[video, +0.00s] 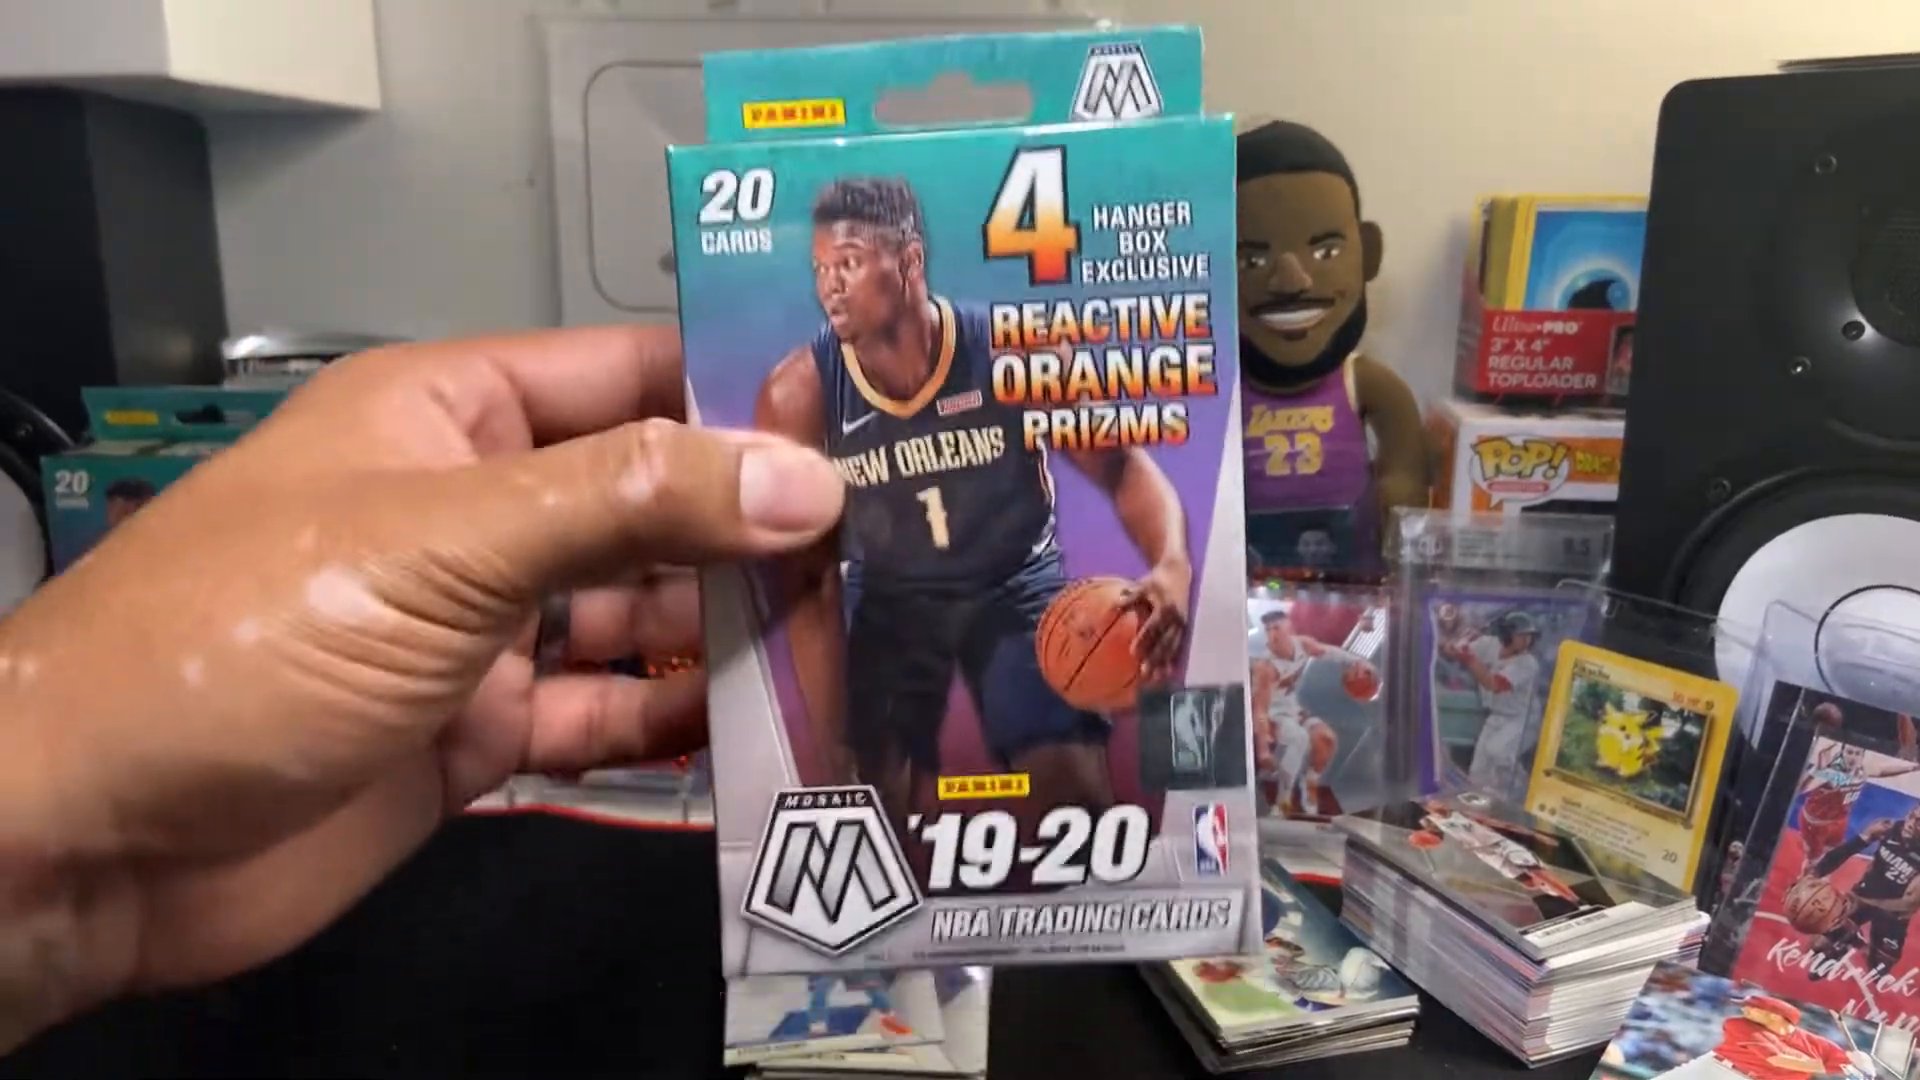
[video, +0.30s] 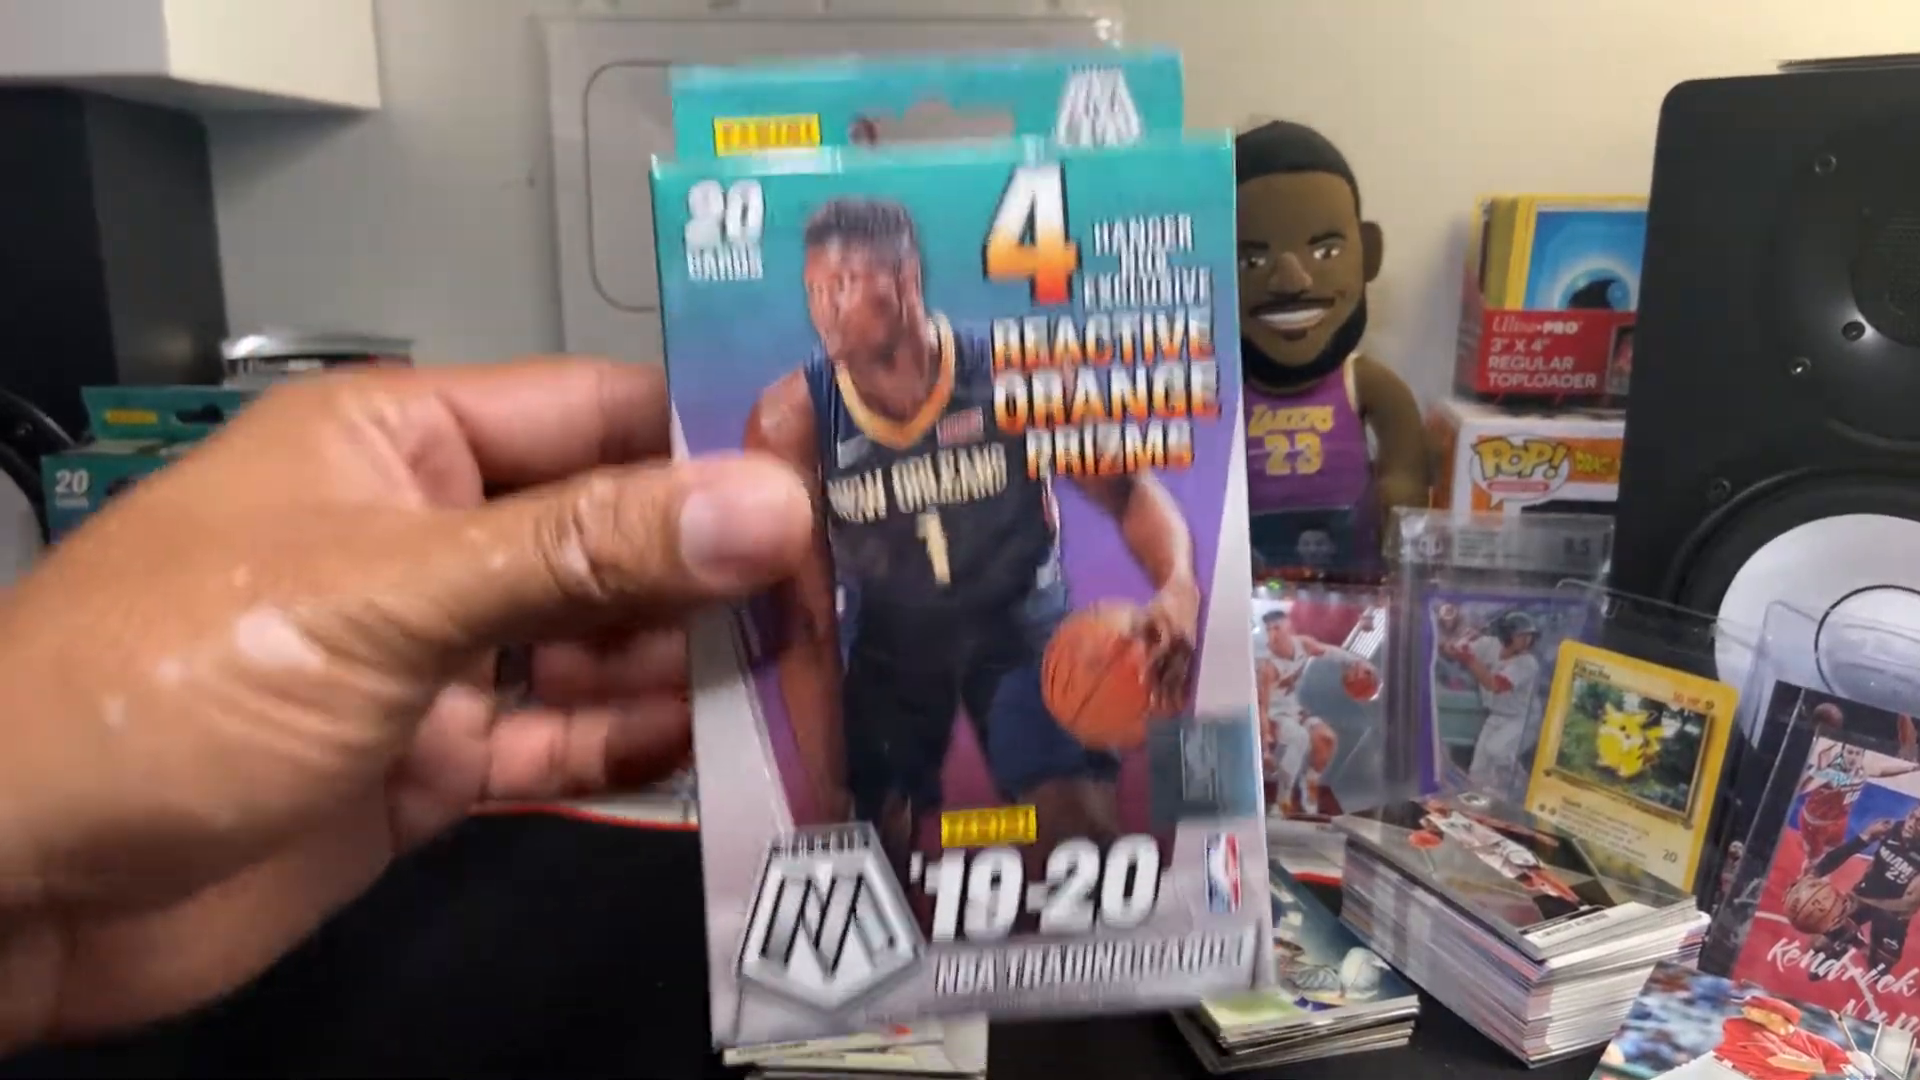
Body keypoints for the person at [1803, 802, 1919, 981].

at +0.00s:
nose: (1912, 824)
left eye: (1918, 822)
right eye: (1912, 817)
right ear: (1907, 815)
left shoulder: (1917, 857)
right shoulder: (1887, 829)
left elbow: (1909, 904)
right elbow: (1847, 850)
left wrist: (1862, 903)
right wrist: (1815, 873)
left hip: (1894, 913)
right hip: (1863, 897)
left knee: (1878, 971)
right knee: (1818, 947)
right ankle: (1844, 945)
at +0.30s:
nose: (1912, 824)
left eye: (1918, 822)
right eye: (1912, 817)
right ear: (1907, 815)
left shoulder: (1917, 857)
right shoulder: (1888, 829)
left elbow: (1909, 904)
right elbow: (1847, 850)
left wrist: (1862, 903)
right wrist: (1815, 873)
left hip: (1894, 913)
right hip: (1863, 897)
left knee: (1878, 971)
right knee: (1818, 947)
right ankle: (1845, 943)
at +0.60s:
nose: (1912, 825)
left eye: (1918, 823)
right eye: (1912, 818)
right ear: (1907, 816)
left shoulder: (1918, 857)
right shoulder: (1888, 830)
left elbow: (1909, 905)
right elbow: (1848, 851)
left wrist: (1861, 903)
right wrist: (1816, 873)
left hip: (1895, 911)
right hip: (1864, 896)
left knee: (1879, 970)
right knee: (1818, 945)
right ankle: (1846, 943)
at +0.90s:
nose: (1912, 824)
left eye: (1919, 822)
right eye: (1912, 817)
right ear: (1907, 815)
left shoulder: (1918, 857)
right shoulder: (1887, 829)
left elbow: (1908, 904)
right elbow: (1846, 852)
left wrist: (1861, 903)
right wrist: (1814, 874)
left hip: (1896, 910)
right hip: (1865, 895)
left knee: (1880, 968)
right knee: (1820, 944)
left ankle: (1854, 939)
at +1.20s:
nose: (1912, 824)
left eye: (1918, 822)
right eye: (1912, 817)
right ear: (1907, 815)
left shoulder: (1917, 858)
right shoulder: (1887, 829)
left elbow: (1908, 905)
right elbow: (1846, 851)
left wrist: (1862, 903)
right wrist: (1815, 874)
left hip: (1896, 910)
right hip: (1866, 894)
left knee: (1881, 967)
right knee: (1820, 943)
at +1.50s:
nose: (1912, 824)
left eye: (1918, 822)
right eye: (1912, 817)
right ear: (1907, 815)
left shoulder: (1918, 857)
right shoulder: (1888, 830)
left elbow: (1909, 904)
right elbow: (1847, 850)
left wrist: (1861, 903)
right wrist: (1814, 874)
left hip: (1896, 910)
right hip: (1865, 895)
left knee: (1880, 967)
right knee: (1820, 945)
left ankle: (1856, 940)